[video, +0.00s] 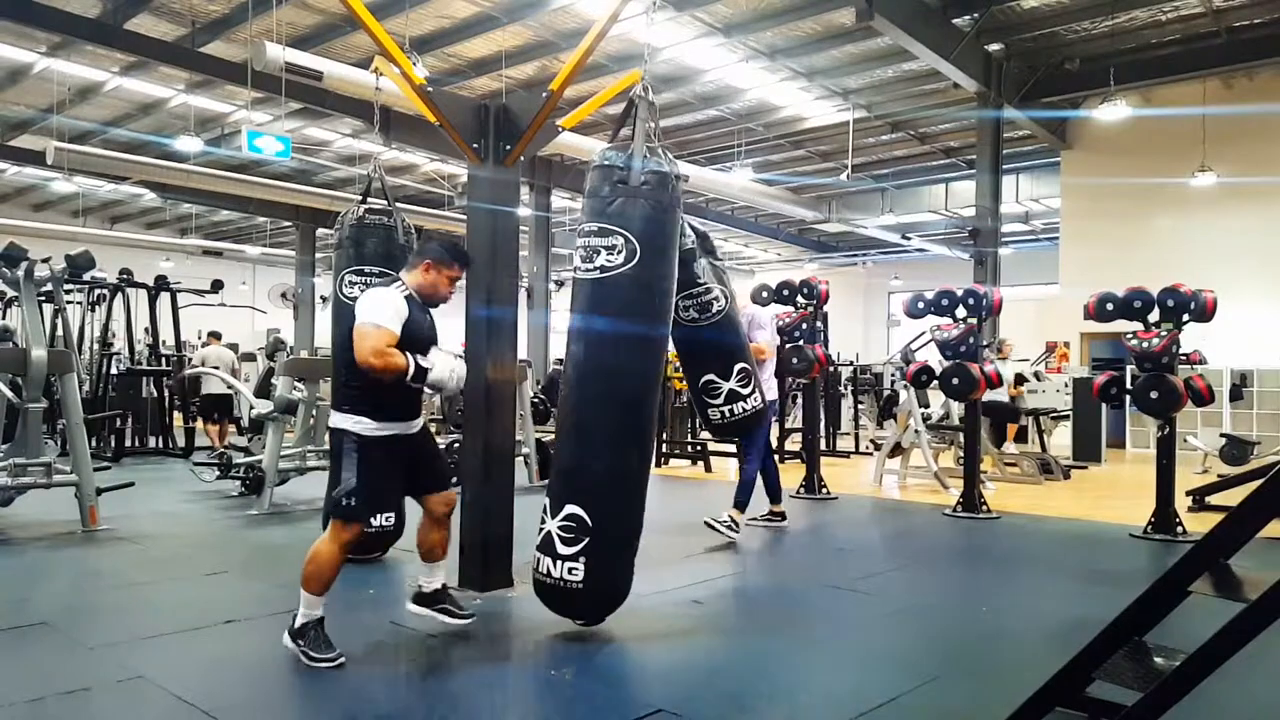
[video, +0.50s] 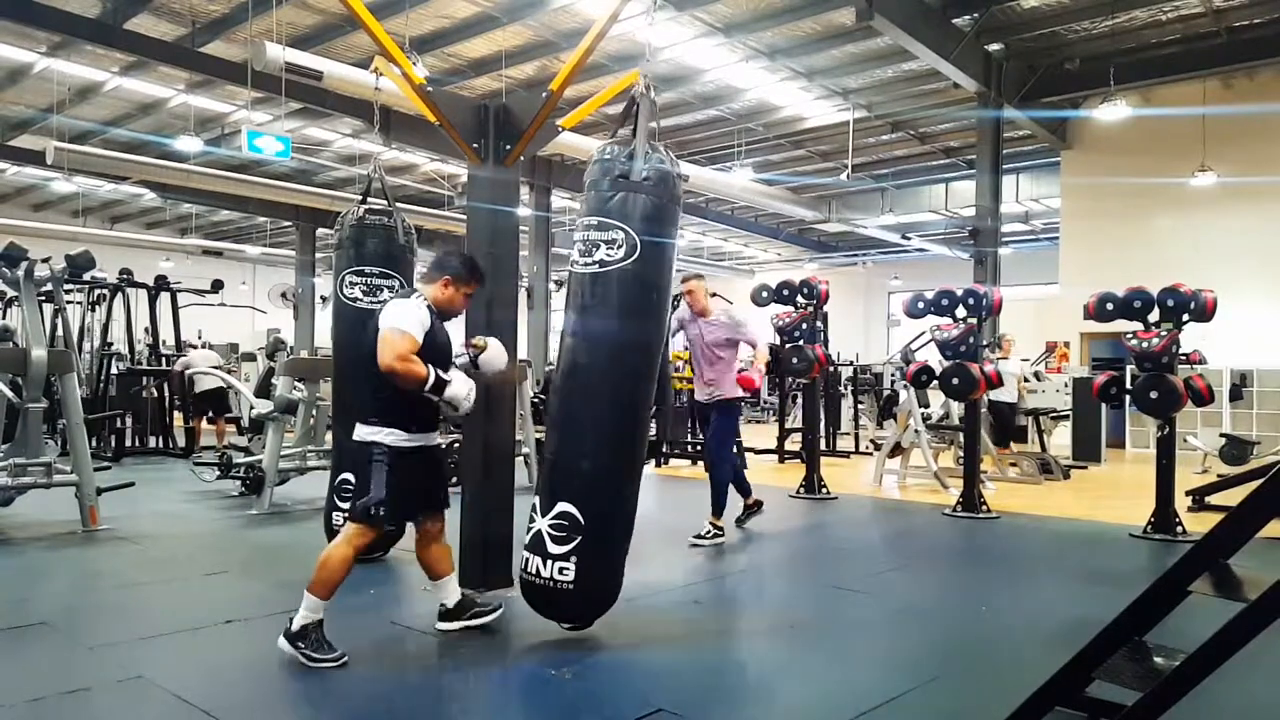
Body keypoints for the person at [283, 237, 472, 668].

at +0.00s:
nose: (452, 292)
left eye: (456, 284)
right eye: (451, 282)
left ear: (429, 273)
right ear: (427, 270)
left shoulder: (418, 310)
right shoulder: (383, 300)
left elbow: (411, 360)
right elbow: (370, 356)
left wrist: (444, 367)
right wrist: (429, 370)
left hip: (409, 431)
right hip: (362, 433)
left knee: (442, 501)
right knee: (344, 530)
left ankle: (430, 591)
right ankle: (305, 624)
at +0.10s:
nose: (446, 286)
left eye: (450, 279)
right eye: (444, 276)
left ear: (425, 268)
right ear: (417, 262)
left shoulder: (415, 306)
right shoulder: (371, 294)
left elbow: (407, 360)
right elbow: (367, 356)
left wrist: (445, 355)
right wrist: (425, 346)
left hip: (402, 424)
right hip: (357, 426)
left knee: (431, 502)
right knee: (348, 527)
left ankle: (396, 588)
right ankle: (305, 621)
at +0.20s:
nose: (440, 301)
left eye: (444, 292)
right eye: (438, 289)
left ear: (417, 281)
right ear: (413, 277)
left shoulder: (411, 321)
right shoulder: (364, 313)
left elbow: (413, 378)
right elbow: (371, 374)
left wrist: (448, 368)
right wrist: (423, 347)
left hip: (399, 444)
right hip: (355, 446)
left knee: (428, 517)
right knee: (338, 543)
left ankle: (383, 596)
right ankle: (296, 633)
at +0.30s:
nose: (447, 298)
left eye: (451, 290)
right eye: (446, 288)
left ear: (425, 278)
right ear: (422, 275)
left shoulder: (417, 315)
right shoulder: (377, 305)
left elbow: (418, 367)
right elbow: (372, 364)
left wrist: (450, 360)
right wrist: (429, 368)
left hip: (405, 436)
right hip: (361, 438)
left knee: (438, 507)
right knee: (342, 531)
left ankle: (396, 589)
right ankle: (300, 628)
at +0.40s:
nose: (456, 294)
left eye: (460, 287)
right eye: (456, 284)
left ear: (435, 272)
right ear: (435, 270)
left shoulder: (425, 307)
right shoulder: (393, 295)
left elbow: (424, 353)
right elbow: (378, 349)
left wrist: (455, 346)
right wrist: (432, 375)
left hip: (411, 427)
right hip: (368, 427)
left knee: (429, 511)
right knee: (354, 525)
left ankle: (429, 599)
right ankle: (306, 622)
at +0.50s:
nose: (465, 306)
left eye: (468, 298)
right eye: (465, 296)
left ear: (445, 286)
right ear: (446, 285)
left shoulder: (434, 319)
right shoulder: (406, 309)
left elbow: (438, 361)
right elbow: (393, 359)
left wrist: (471, 356)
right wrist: (444, 385)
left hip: (423, 443)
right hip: (385, 444)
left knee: (432, 528)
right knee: (359, 534)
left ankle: (453, 604)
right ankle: (303, 627)